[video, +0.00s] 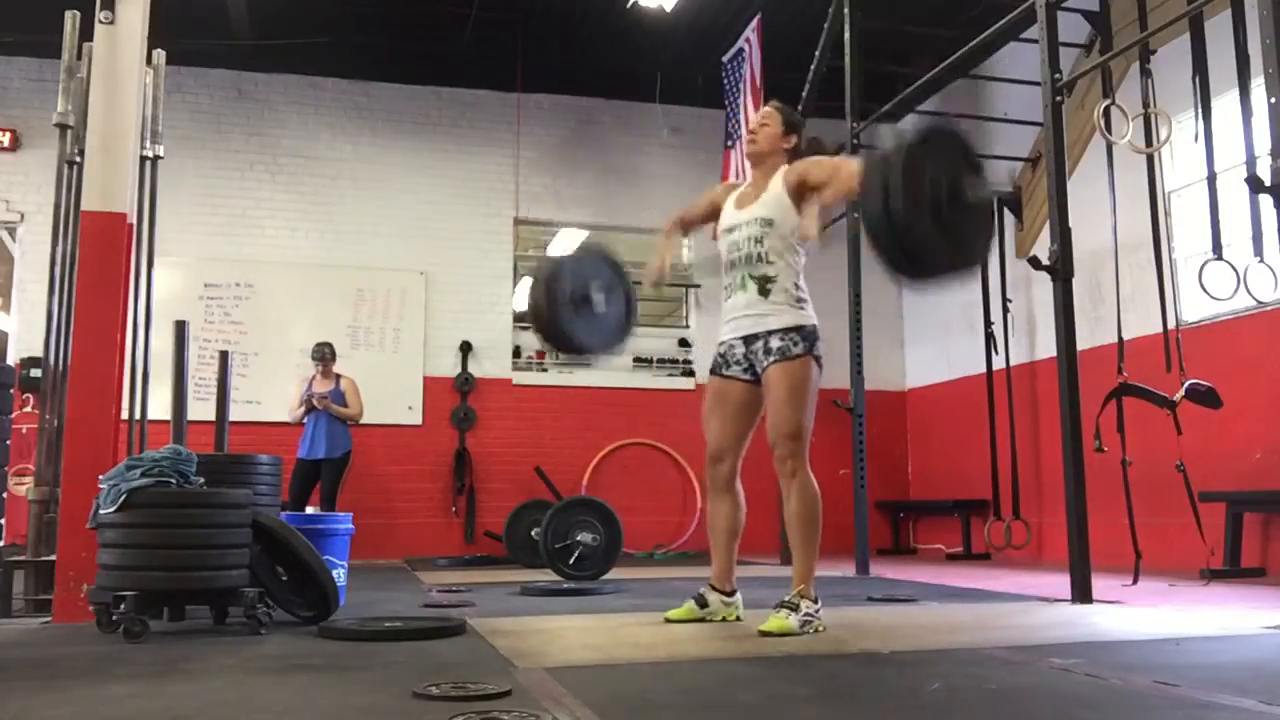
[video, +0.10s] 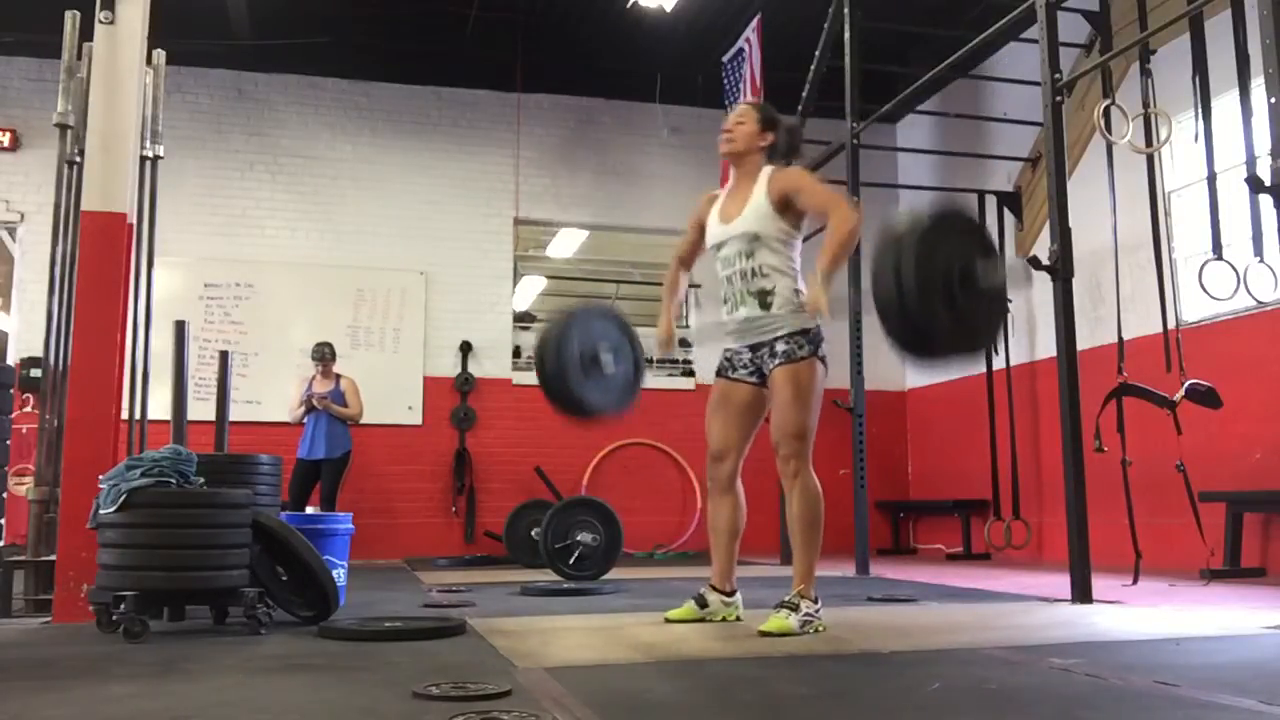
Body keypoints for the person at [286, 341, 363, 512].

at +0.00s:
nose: (321, 369)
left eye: (325, 365)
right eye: (317, 365)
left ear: (333, 362)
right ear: (313, 363)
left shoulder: (346, 383)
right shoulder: (306, 383)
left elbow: (356, 415)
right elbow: (293, 417)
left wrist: (329, 406)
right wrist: (305, 407)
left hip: (336, 449)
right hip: (309, 449)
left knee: (327, 502)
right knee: (296, 500)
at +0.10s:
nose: (321, 369)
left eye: (325, 365)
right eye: (317, 365)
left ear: (333, 362)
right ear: (313, 363)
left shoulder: (346, 383)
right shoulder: (306, 383)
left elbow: (356, 415)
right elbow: (293, 417)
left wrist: (329, 406)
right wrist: (305, 406)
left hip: (336, 450)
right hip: (309, 449)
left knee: (327, 501)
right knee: (296, 499)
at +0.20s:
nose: (321, 370)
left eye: (325, 365)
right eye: (317, 365)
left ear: (333, 362)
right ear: (313, 363)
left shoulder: (346, 383)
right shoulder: (306, 383)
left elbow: (356, 415)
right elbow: (293, 417)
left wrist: (329, 406)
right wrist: (305, 406)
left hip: (336, 450)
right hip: (309, 450)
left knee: (327, 502)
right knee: (295, 500)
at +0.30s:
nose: (321, 370)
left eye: (325, 365)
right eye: (317, 365)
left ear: (333, 362)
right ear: (313, 363)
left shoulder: (346, 383)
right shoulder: (306, 383)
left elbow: (356, 415)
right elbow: (293, 418)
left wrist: (329, 406)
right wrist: (306, 406)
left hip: (336, 450)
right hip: (309, 450)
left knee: (327, 502)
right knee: (295, 500)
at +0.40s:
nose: (321, 370)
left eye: (325, 365)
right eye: (317, 365)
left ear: (333, 362)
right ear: (313, 363)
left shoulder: (346, 383)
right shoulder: (306, 383)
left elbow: (356, 415)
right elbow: (293, 418)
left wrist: (328, 406)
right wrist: (306, 405)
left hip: (336, 450)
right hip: (309, 450)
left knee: (327, 502)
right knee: (295, 500)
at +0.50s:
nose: (321, 370)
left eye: (325, 365)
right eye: (317, 365)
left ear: (334, 362)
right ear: (313, 363)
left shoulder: (346, 383)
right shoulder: (306, 383)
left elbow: (356, 415)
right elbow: (292, 417)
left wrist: (329, 406)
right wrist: (306, 405)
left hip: (336, 450)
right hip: (309, 450)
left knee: (327, 502)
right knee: (295, 500)